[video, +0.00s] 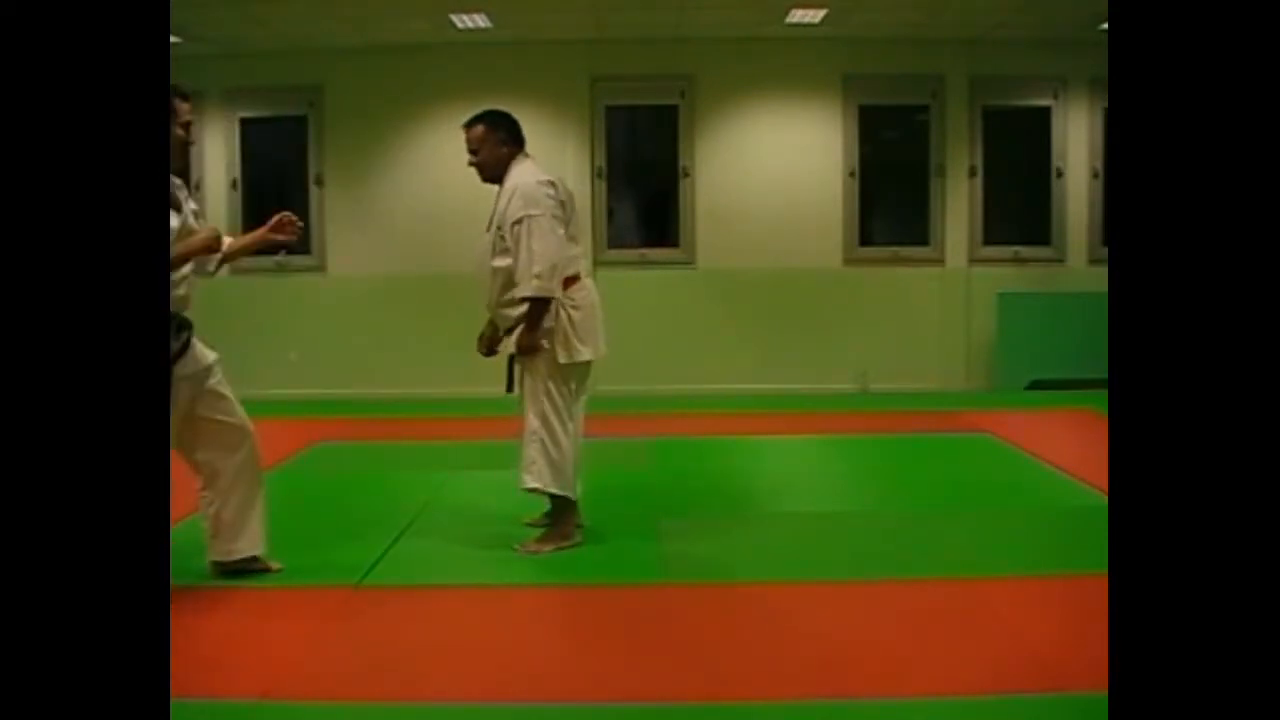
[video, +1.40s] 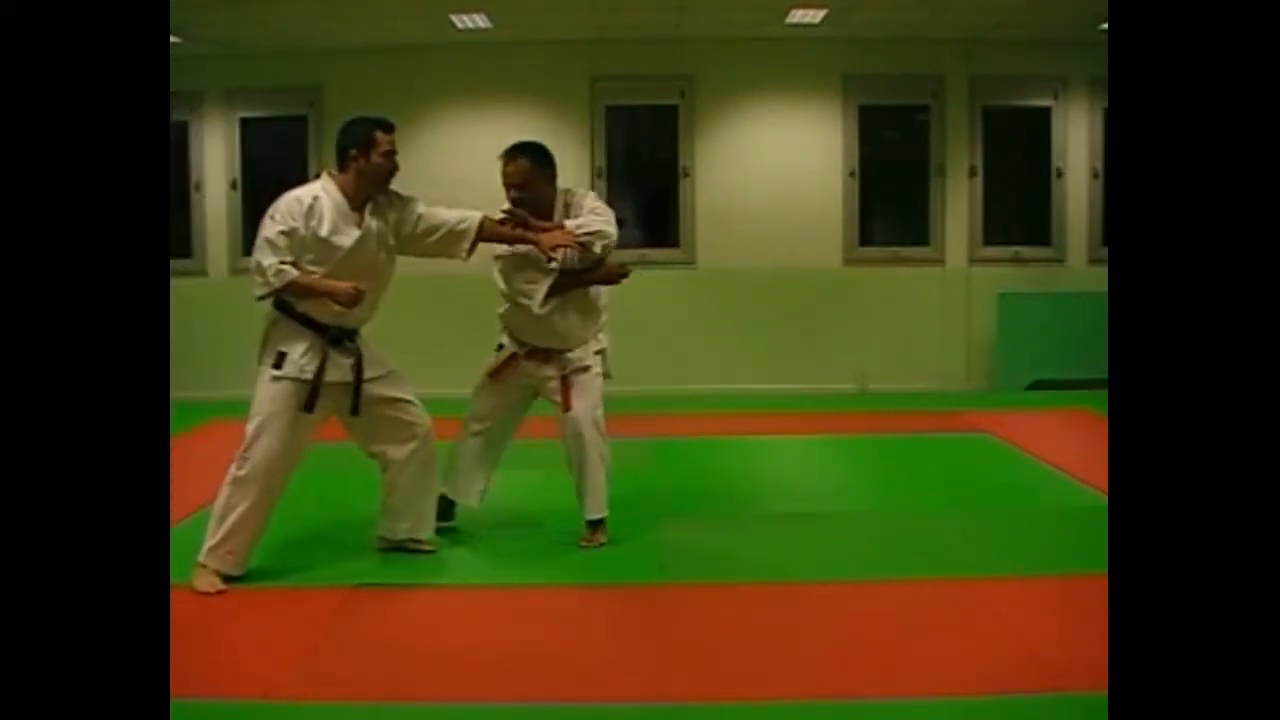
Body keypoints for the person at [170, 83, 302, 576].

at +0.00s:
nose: (189, 135)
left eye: (190, 126)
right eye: (181, 126)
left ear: (189, 129)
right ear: (163, 131)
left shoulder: (181, 196)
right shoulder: (170, 196)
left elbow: (201, 257)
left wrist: (260, 237)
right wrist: (190, 248)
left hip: (181, 346)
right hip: (175, 347)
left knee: (233, 441)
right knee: (229, 442)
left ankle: (234, 551)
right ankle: (233, 550)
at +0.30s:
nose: (200, 149)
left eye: (199, 140)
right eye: (192, 141)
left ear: (187, 146)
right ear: (170, 147)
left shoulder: (194, 201)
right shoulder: (167, 207)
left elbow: (234, 252)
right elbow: (172, 271)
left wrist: (293, 233)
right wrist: (189, 258)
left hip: (207, 349)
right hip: (175, 353)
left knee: (280, 429)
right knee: (175, 462)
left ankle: (301, 539)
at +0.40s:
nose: (232, 157)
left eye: (230, 148)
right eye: (223, 149)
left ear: (204, 154)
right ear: (192, 154)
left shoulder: (224, 207)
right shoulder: (172, 208)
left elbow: (268, 247)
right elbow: (177, 285)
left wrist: (330, 230)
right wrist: (216, 267)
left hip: (230, 354)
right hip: (182, 357)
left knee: (306, 432)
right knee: (175, 475)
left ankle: (361, 527)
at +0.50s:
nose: (264, 161)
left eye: (264, 152)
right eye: (257, 152)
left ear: (229, 155)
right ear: (226, 154)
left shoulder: (253, 206)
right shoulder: (187, 206)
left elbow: (307, 237)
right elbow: (194, 285)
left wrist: (369, 220)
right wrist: (253, 266)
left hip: (256, 355)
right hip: (200, 357)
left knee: (330, 436)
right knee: (178, 474)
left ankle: (384, 526)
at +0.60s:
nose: (318, 162)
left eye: (317, 152)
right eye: (311, 153)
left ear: (284, 155)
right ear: (283, 155)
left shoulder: (304, 201)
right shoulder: (243, 206)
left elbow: (365, 211)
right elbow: (246, 282)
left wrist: (431, 197)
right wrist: (311, 268)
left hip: (300, 351)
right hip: (254, 351)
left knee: (369, 431)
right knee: (206, 463)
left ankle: (387, 534)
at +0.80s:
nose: (380, 162)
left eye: (380, 153)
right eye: (373, 152)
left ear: (352, 152)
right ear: (345, 152)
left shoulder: (370, 197)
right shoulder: (294, 199)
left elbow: (434, 189)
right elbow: (281, 272)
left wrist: (500, 168)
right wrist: (349, 274)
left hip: (335, 344)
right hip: (287, 341)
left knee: (396, 428)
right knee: (271, 448)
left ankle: (399, 535)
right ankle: (202, 552)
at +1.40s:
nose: (396, 164)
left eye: (396, 154)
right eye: (388, 154)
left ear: (373, 159)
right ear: (357, 157)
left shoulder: (390, 210)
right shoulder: (300, 205)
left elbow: (461, 225)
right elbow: (271, 272)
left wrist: (535, 234)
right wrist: (327, 287)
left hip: (351, 346)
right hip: (297, 342)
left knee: (412, 430)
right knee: (266, 455)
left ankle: (404, 536)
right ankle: (217, 564)